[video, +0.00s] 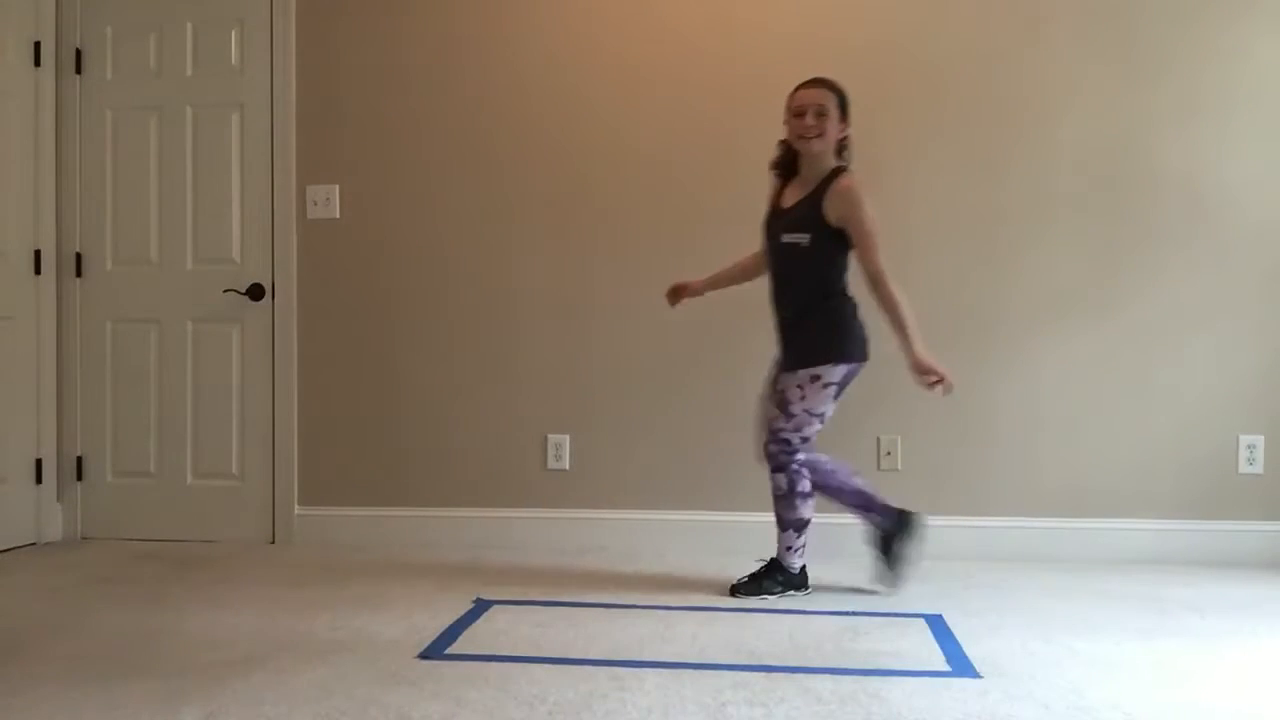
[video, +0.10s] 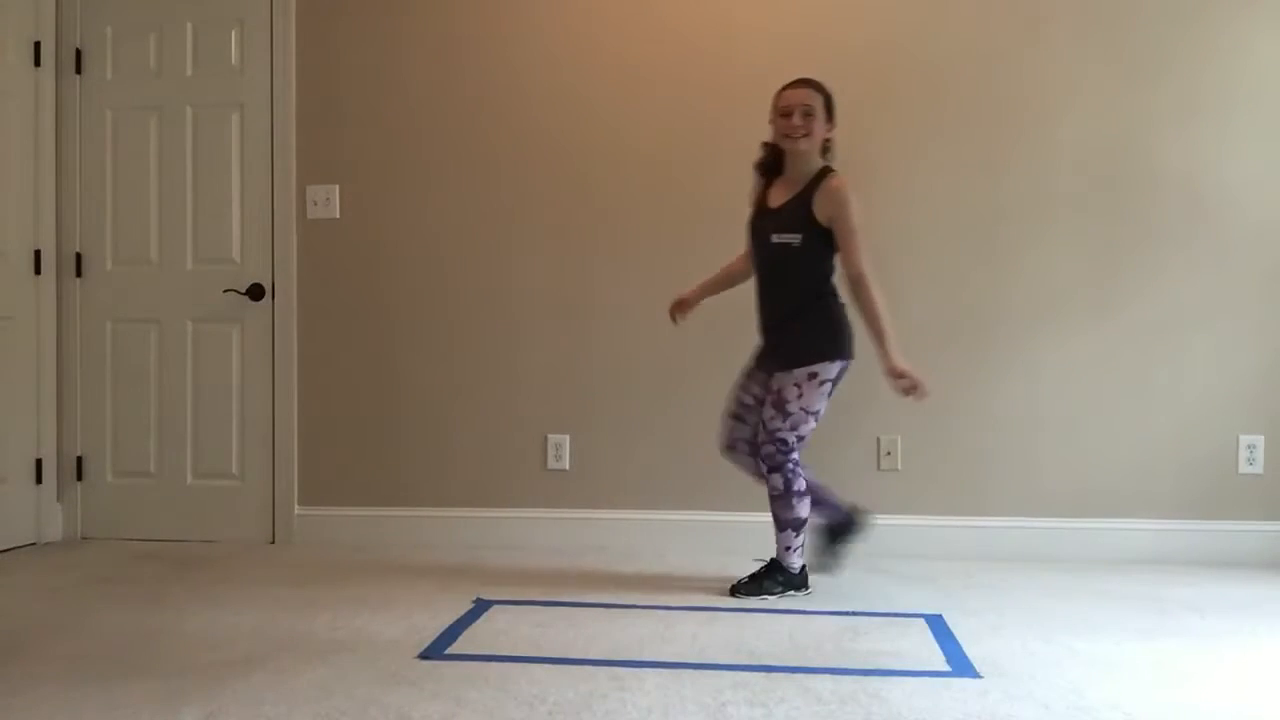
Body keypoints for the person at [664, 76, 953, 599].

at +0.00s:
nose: (806, 122)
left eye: (820, 114)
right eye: (797, 114)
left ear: (842, 127)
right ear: (786, 125)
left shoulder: (842, 192)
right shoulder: (785, 188)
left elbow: (878, 278)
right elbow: (765, 260)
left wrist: (915, 354)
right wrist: (701, 286)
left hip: (832, 344)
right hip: (798, 344)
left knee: (787, 446)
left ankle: (790, 567)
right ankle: (889, 520)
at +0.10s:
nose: (794, 122)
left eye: (807, 115)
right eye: (785, 114)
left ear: (827, 127)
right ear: (772, 125)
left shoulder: (831, 191)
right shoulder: (768, 188)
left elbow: (858, 278)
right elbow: (752, 261)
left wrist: (890, 359)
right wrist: (698, 293)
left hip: (819, 346)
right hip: (777, 343)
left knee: (779, 446)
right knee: (739, 440)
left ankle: (789, 566)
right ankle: (838, 514)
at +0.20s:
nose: (776, 115)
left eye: (788, 108)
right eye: (767, 108)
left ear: (807, 120)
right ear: (753, 119)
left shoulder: (816, 186)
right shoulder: (743, 184)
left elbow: (833, 275)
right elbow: (735, 254)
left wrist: (856, 354)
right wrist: (698, 305)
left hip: (800, 340)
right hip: (748, 334)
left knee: (775, 445)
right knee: (716, 433)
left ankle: (790, 564)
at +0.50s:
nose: (736, 118)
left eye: (747, 110)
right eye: (726, 110)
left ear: (764, 121)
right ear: (711, 122)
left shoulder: (781, 189)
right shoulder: (688, 182)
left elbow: (795, 273)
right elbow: (661, 261)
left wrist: (837, 319)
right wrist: (620, 318)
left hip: (754, 342)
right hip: (692, 337)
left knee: (735, 451)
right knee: (688, 449)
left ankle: (733, 551)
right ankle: (685, 556)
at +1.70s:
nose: (716, 132)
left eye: (726, 123)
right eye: (705, 123)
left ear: (739, 130)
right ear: (688, 132)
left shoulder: (756, 197)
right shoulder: (664, 191)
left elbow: (781, 269)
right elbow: (632, 253)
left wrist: (804, 322)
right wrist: (606, 275)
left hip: (736, 343)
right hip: (676, 341)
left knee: (727, 450)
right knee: (679, 449)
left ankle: (723, 555)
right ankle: (686, 557)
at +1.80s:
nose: (726, 133)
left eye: (731, 123)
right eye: (712, 127)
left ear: (740, 129)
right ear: (688, 138)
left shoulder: (754, 193)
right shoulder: (664, 192)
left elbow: (780, 260)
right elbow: (622, 252)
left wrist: (828, 251)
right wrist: (573, 209)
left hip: (737, 341)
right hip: (677, 340)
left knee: (729, 450)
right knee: (680, 449)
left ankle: (724, 556)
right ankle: (686, 557)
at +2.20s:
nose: (713, 140)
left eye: (719, 129)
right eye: (700, 133)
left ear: (727, 129)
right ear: (677, 141)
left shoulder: (749, 184)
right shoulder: (658, 195)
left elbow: (817, 210)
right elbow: (595, 235)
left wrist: (794, 250)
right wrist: (625, 266)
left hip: (738, 340)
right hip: (678, 341)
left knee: (728, 451)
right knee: (681, 450)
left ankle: (724, 556)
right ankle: (686, 558)